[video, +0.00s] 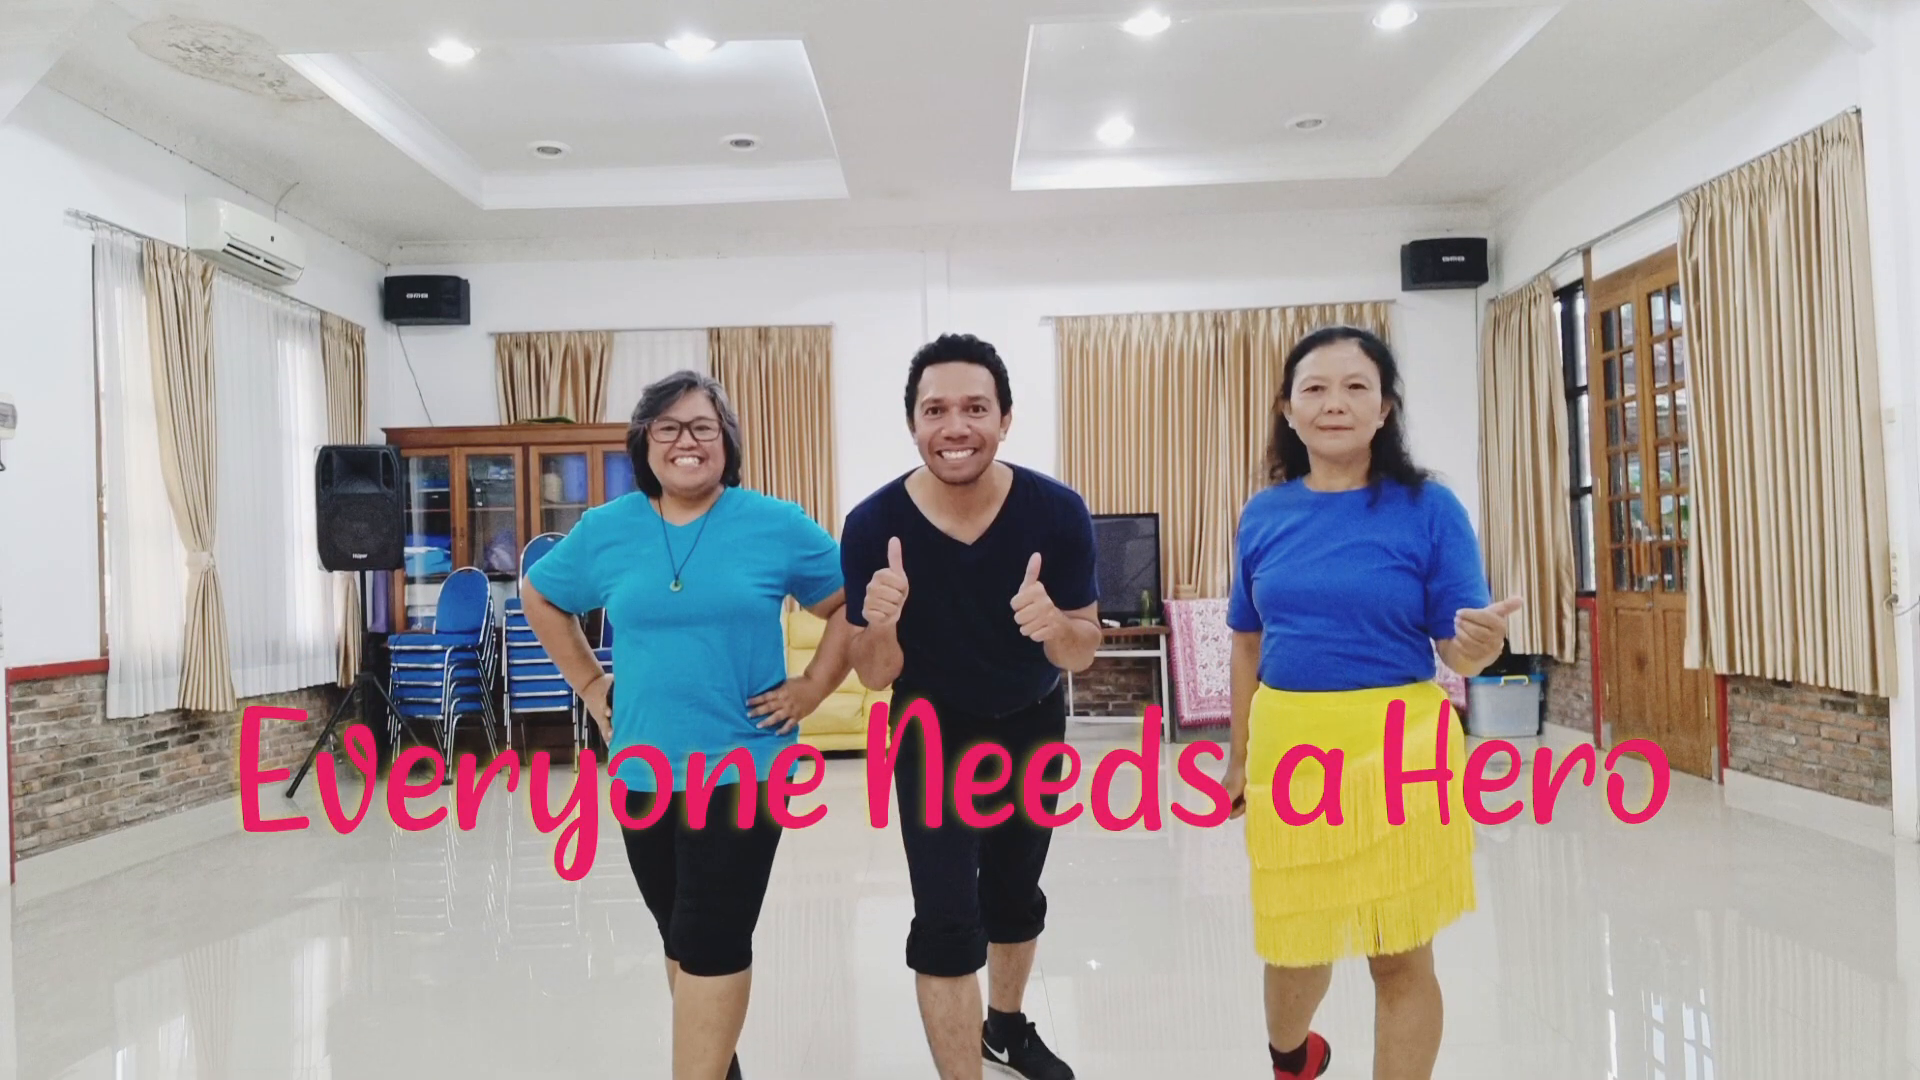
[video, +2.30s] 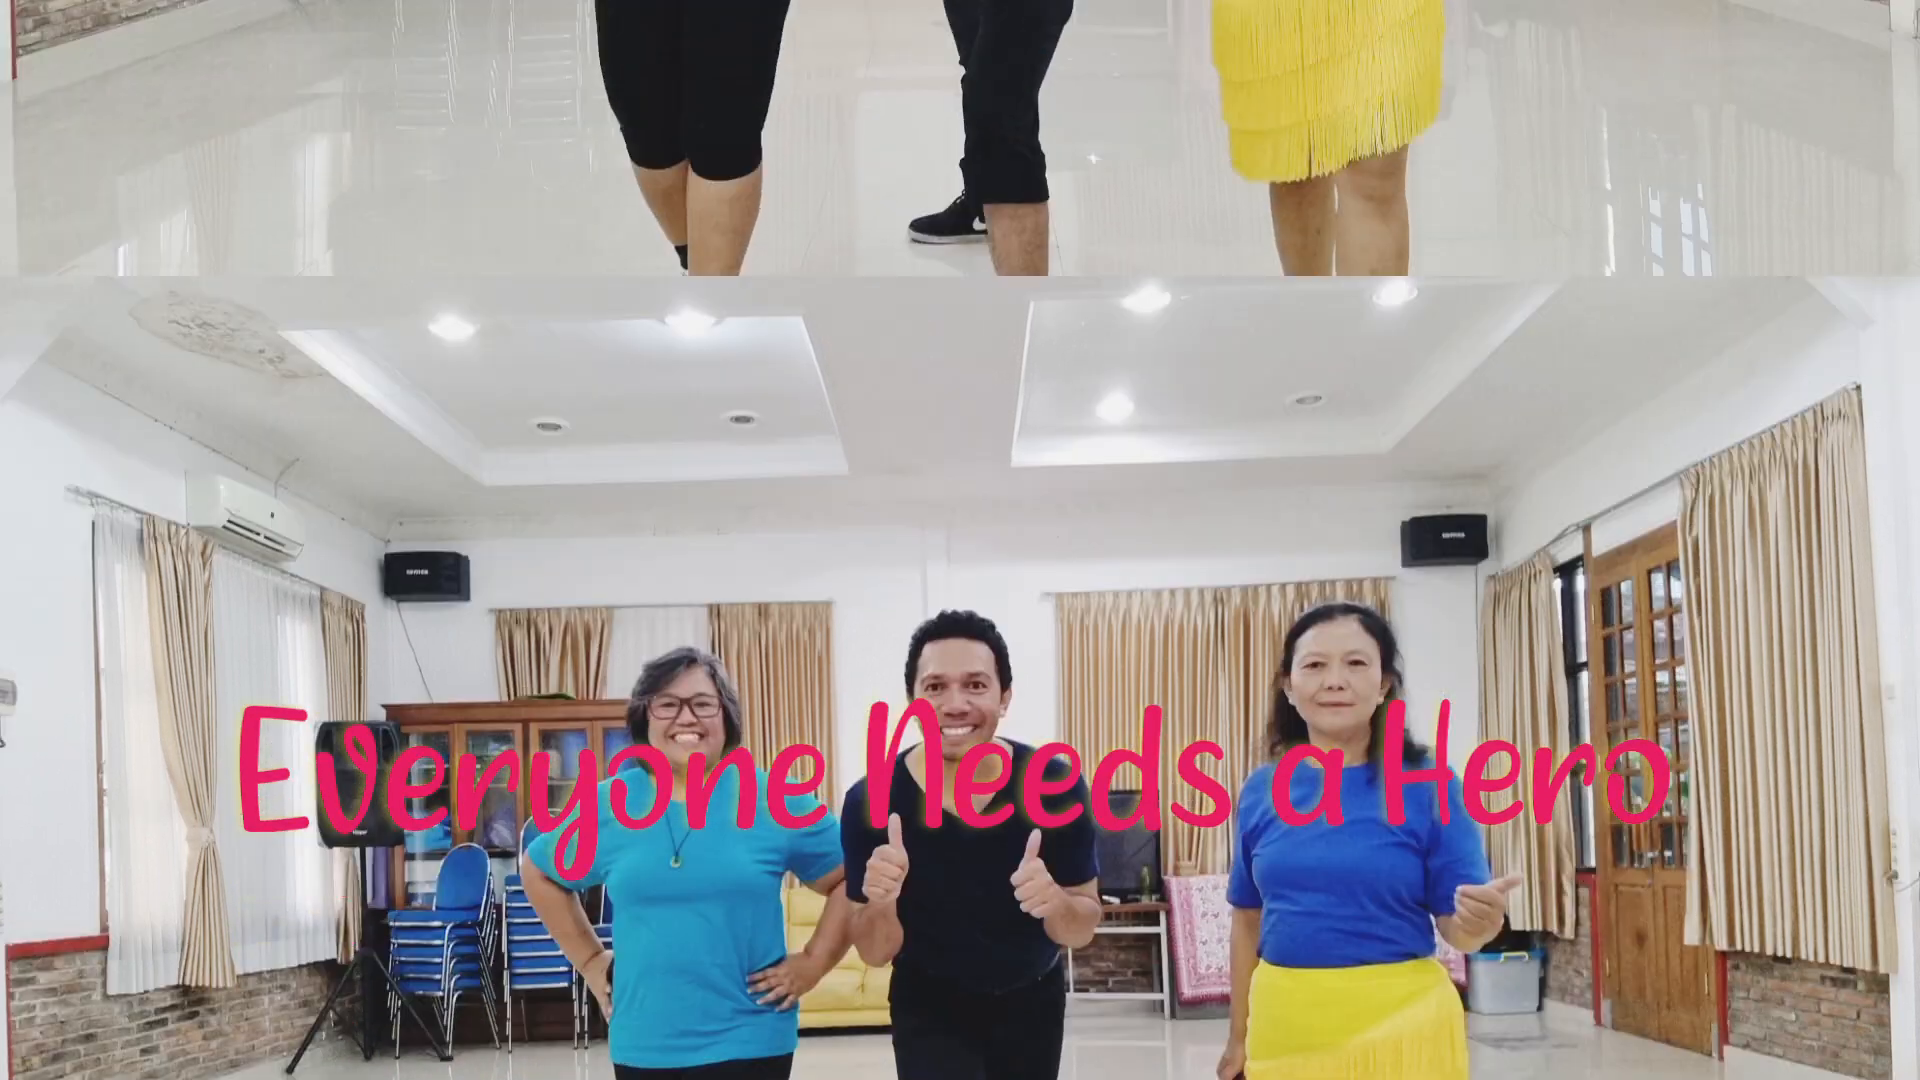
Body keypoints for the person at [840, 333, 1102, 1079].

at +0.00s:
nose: (956, 427)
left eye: (975, 408)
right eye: (936, 410)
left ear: (1004, 420)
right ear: (913, 424)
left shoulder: (1059, 514)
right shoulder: (873, 526)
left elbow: (1081, 654)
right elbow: (875, 673)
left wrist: (1053, 626)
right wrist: (880, 627)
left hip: (1030, 722)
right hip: (930, 725)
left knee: (1016, 894)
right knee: (949, 920)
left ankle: (1006, 1026)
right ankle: (959, 1076)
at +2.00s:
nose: (955, 430)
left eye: (974, 412)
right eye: (936, 414)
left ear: (1004, 425)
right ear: (913, 428)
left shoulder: (1059, 518)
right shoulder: (872, 531)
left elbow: (1081, 657)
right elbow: (875, 677)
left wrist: (1055, 630)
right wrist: (879, 631)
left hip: (1030, 728)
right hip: (929, 732)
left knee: (1015, 901)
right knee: (949, 928)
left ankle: (1006, 1031)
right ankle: (959, 1077)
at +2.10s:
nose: (955, 462)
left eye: (974, 443)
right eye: (936, 444)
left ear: (1004, 455)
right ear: (913, 459)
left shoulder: (1057, 547)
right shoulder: (872, 561)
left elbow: (1082, 689)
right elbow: (872, 699)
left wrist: (1053, 662)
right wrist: (879, 662)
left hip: (1029, 765)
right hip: (932, 768)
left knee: (1013, 931)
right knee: (947, 957)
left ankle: (1007, 1059)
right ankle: (956, 1079)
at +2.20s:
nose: (955, 544)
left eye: (975, 525)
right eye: (936, 528)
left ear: (1004, 537)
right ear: (912, 542)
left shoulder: (1056, 629)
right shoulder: (873, 641)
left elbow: (1088, 753)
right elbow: (872, 786)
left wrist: (1054, 742)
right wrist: (885, 733)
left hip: (1029, 855)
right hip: (930, 856)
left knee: (1014, 1027)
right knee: (948, 1040)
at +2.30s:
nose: (955, 705)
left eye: (976, 685)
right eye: (935, 687)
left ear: (1005, 698)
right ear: (913, 701)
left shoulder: (1049, 781)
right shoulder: (873, 800)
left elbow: (1081, 930)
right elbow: (875, 952)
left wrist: (1055, 902)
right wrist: (880, 904)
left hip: (1028, 999)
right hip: (929, 1001)